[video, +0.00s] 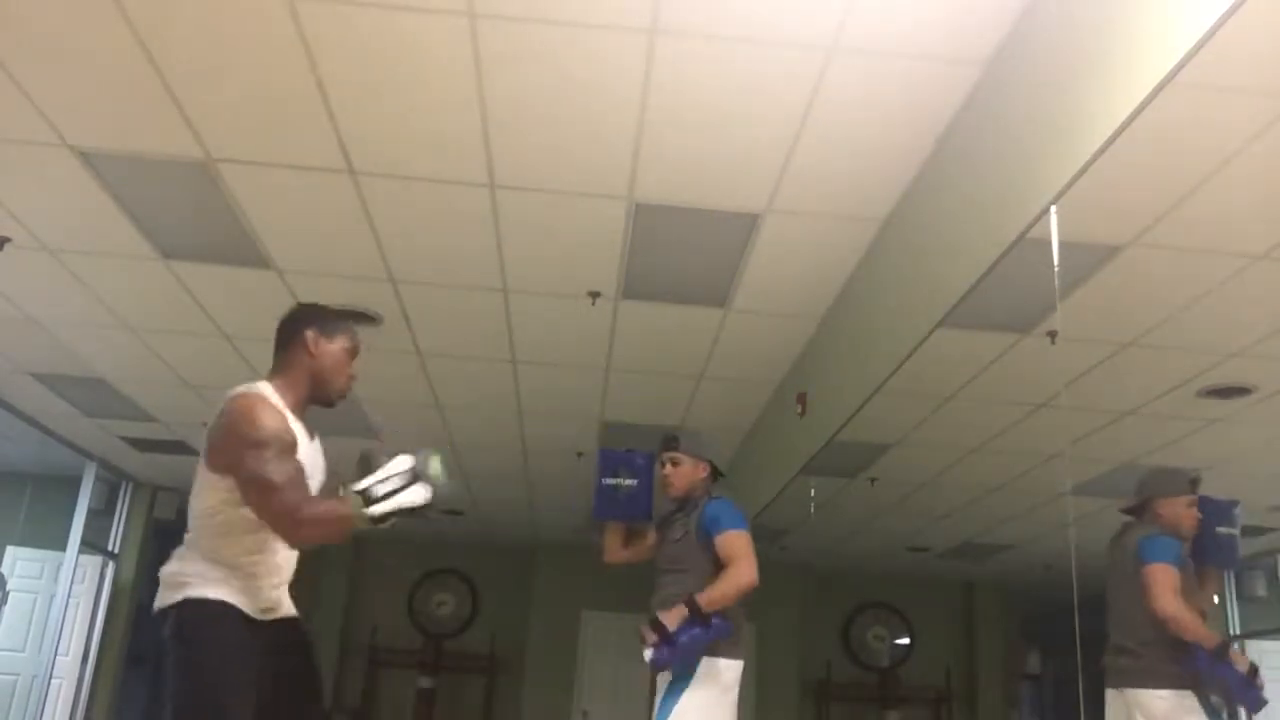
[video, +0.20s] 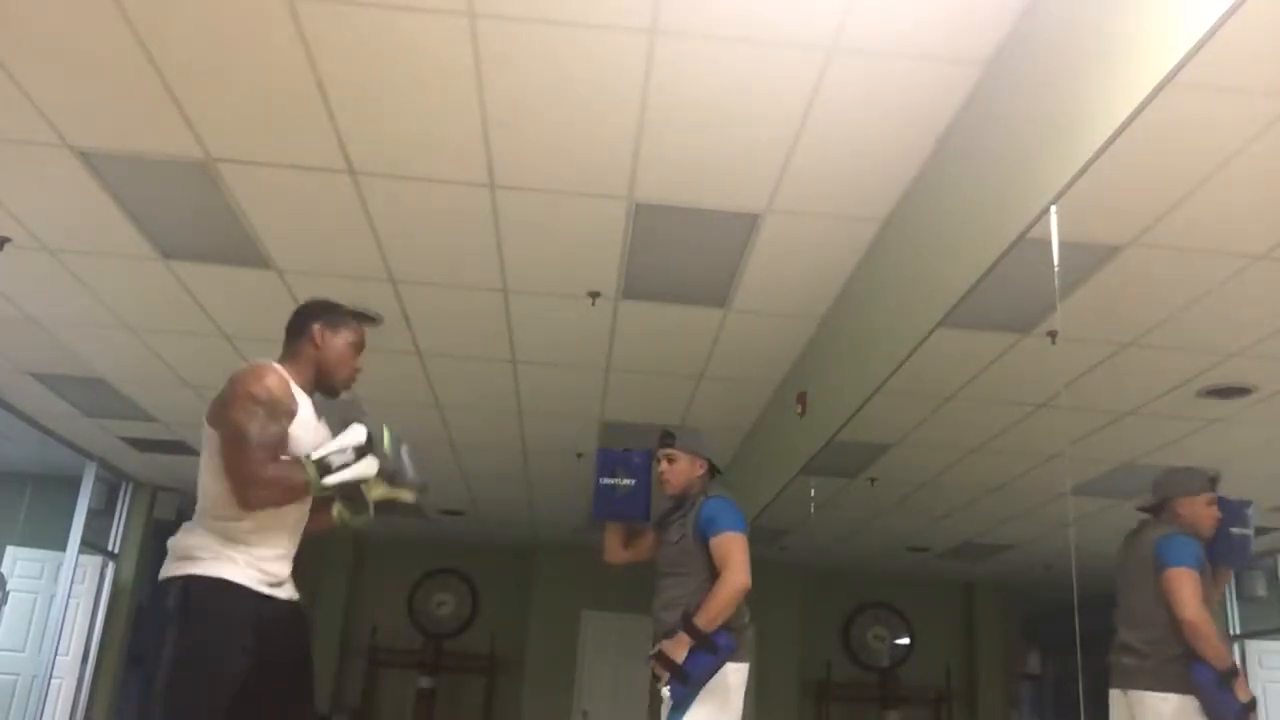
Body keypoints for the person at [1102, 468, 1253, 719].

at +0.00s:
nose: (1199, 515)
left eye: (1196, 506)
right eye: (1190, 506)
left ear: (1157, 509)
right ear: (1160, 507)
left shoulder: (1124, 541)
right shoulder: (1160, 542)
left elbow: (1197, 608)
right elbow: (1167, 607)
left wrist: (1214, 546)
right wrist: (1224, 650)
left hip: (1120, 688)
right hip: (1159, 690)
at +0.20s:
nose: (1218, 514)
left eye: (1216, 505)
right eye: (1210, 504)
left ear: (1176, 508)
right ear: (1180, 507)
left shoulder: (1136, 540)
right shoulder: (1178, 542)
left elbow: (1203, 604)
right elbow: (1191, 617)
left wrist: (1227, 555)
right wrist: (1231, 673)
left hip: (1124, 688)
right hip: (1164, 690)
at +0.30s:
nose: (1239, 515)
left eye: (1238, 506)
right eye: (1233, 506)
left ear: (1199, 506)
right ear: (1203, 505)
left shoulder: (1151, 536)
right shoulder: (1197, 540)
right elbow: (1213, 618)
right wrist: (1249, 676)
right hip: (1176, 683)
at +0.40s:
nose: (1256, 516)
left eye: (1255, 506)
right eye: (1250, 506)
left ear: (1212, 503)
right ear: (1220, 503)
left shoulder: (1161, 533)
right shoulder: (1219, 537)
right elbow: (1235, 614)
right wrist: (1267, 678)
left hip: (1135, 675)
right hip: (1186, 680)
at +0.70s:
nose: (1233, 504)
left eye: (1232, 494)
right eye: (1228, 495)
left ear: (1179, 495)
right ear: (1201, 494)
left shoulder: (1135, 531)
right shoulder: (1208, 532)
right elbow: (1242, 610)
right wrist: (1271, 664)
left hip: (1131, 680)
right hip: (1190, 684)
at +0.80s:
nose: (1214, 505)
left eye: (1214, 496)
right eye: (1209, 496)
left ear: (1164, 497)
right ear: (1183, 496)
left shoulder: (1118, 536)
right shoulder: (1191, 534)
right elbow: (1227, 611)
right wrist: (1261, 666)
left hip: (1121, 686)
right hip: (1182, 687)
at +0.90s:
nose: (1200, 502)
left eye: (1199, 494)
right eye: (1195, 494)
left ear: (1147, 495)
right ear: (1171, 495)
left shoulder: (1104, 533)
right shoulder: (1178, 530)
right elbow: (1212, 603)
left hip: (1111, 686)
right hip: (1173, 687)